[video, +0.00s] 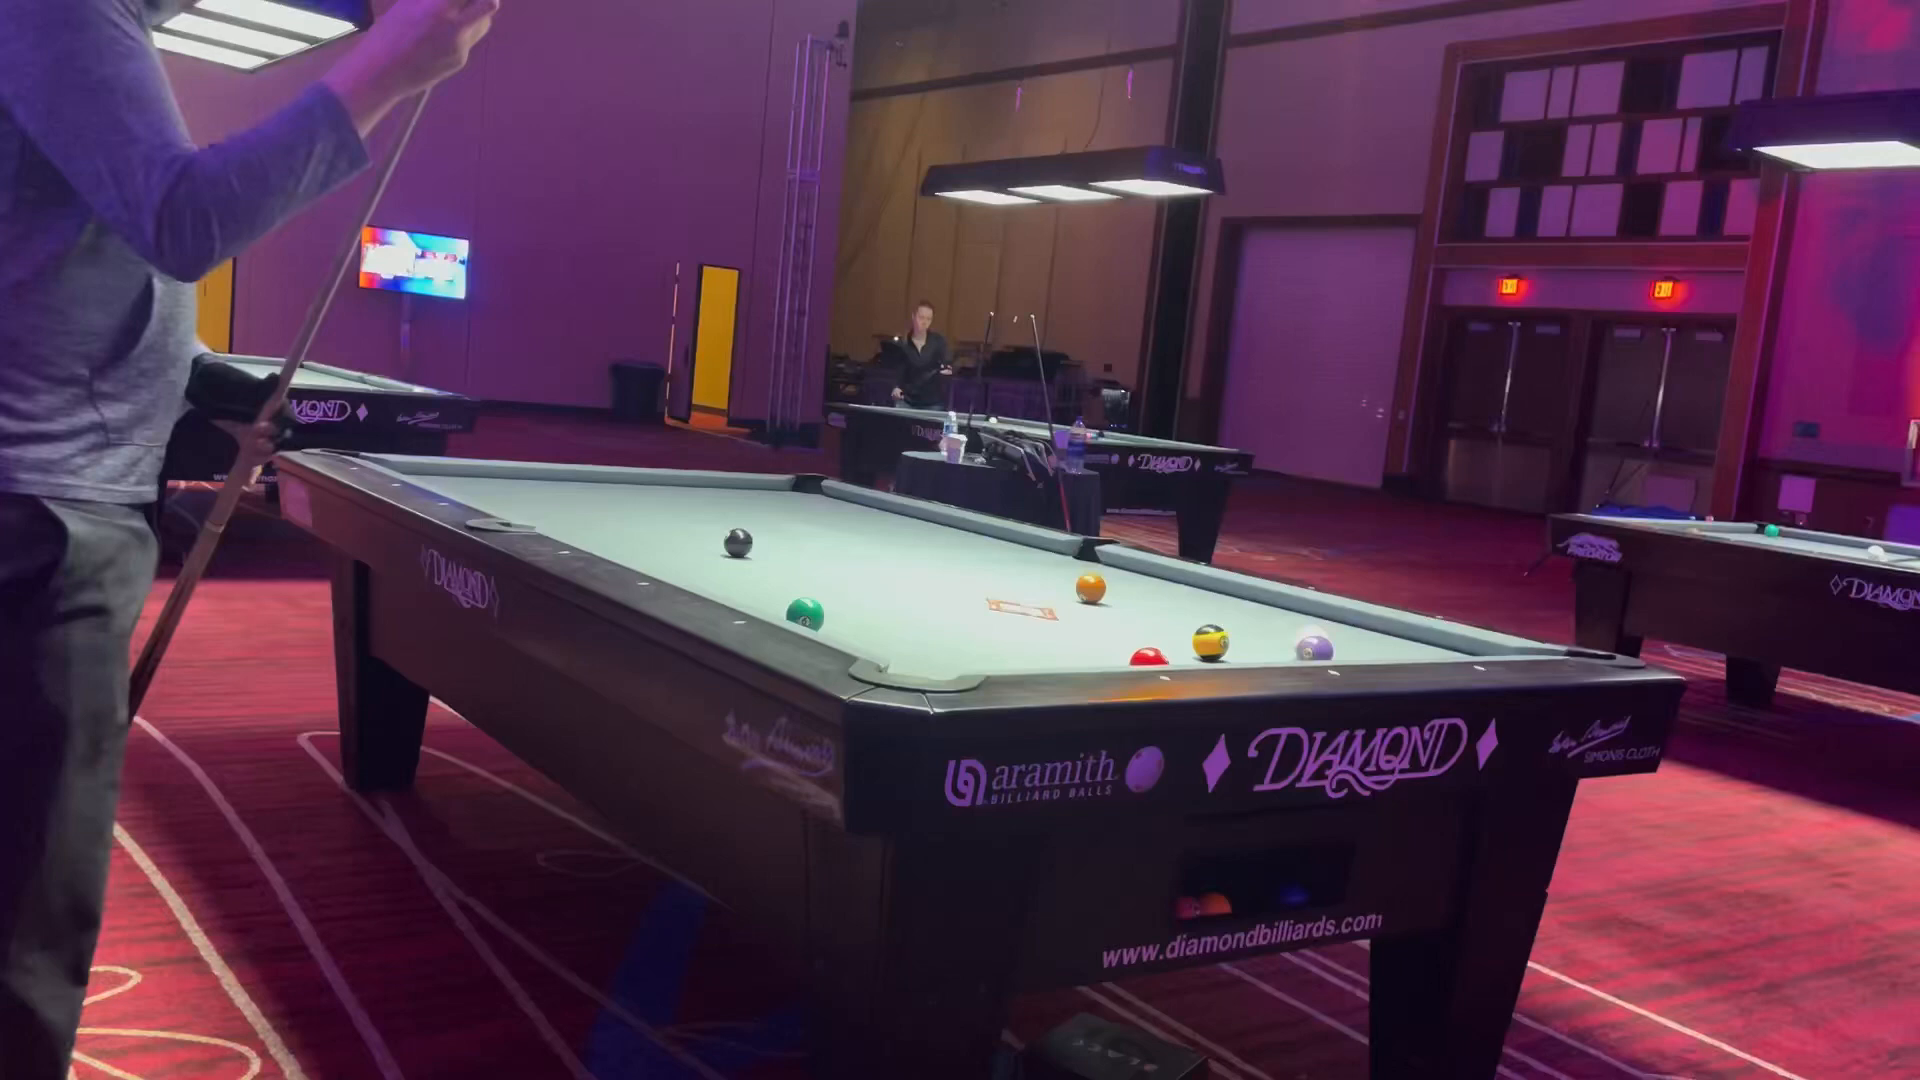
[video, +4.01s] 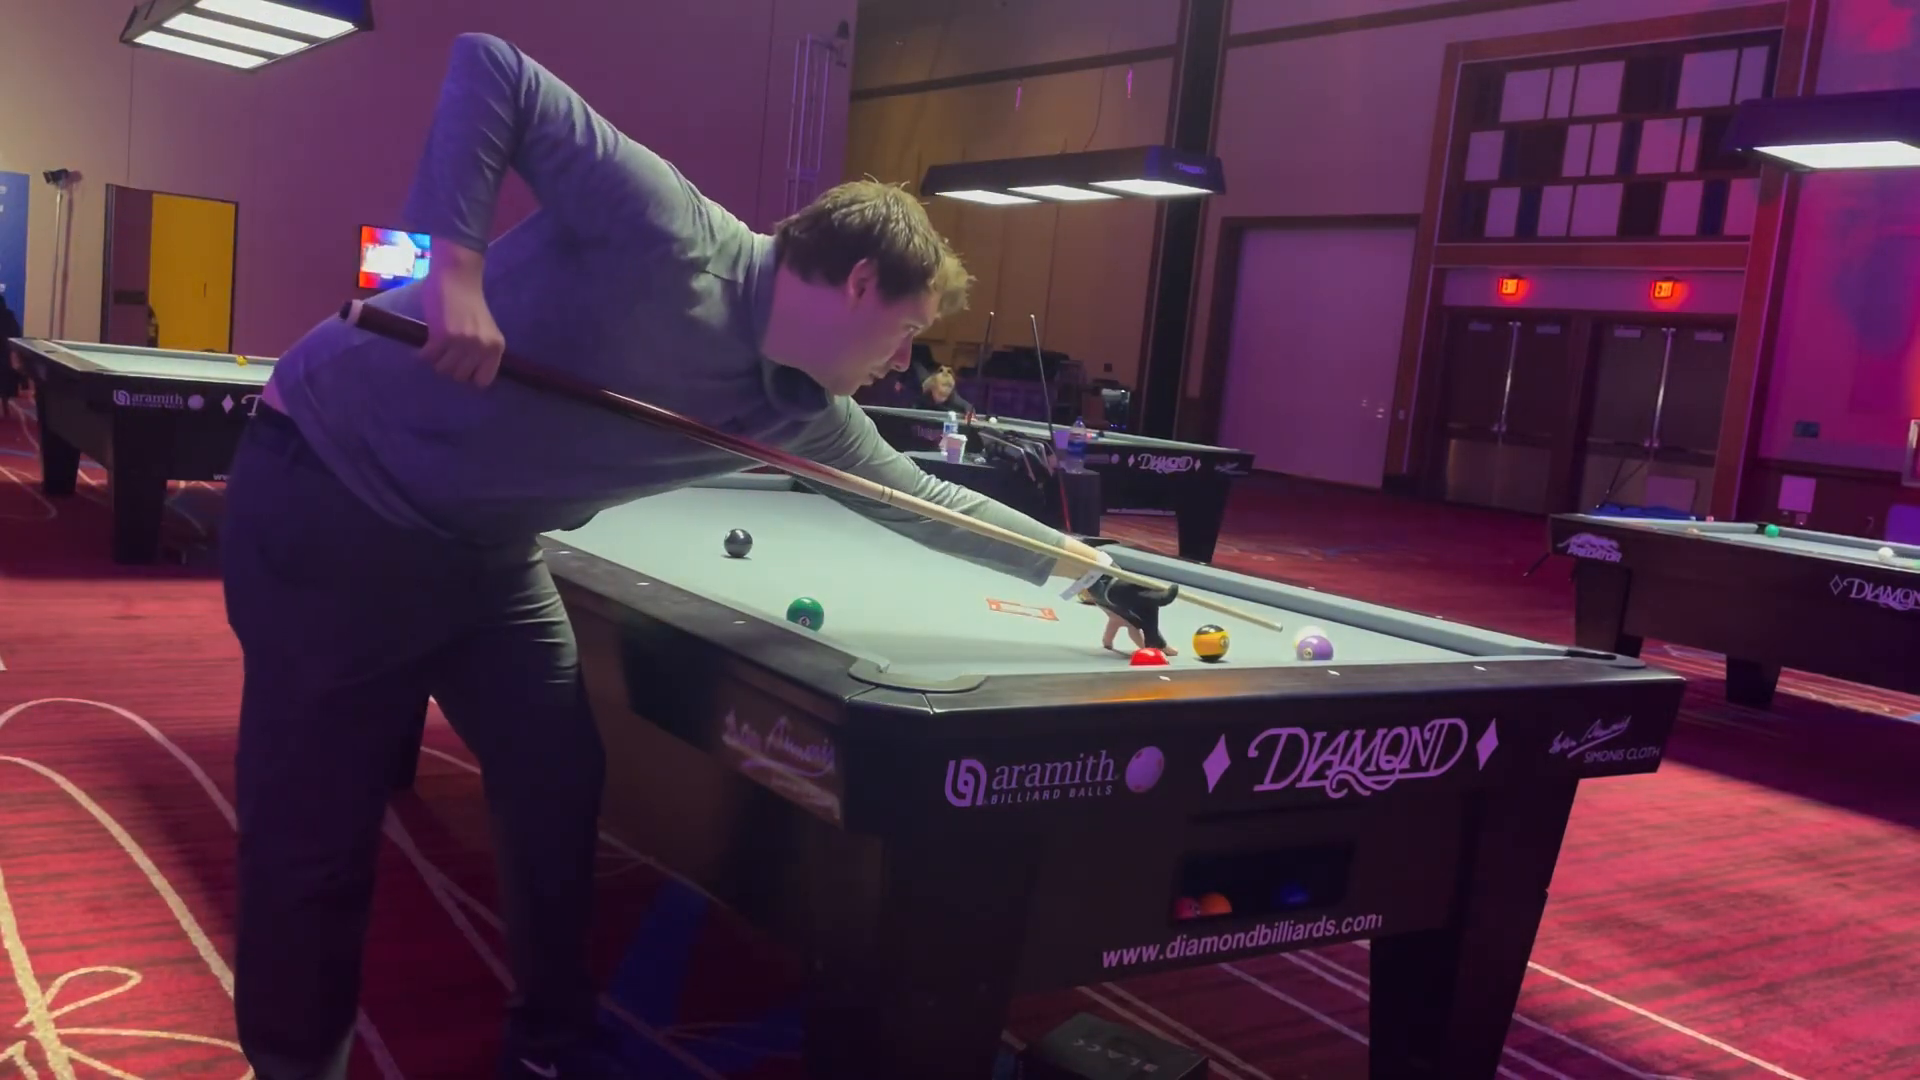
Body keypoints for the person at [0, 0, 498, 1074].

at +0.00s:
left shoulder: (88, 25)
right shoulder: (57, 20)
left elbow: (86, 276)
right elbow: (180, 219)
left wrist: (230, 398)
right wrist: (391, 60)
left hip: (78, 509)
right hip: (51, 518)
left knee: (47, 901)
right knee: (43, 915)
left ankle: (41, 1046)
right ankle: (36, 1055)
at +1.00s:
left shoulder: (116, 29)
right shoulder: (32, 20)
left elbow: (110, 248)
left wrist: (249, 331)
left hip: (80, 514)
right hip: (25, 524)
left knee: (33, 827)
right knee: (19, 844)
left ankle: (17, 1034)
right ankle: (13, 1040)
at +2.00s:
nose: (403, 1)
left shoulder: (309, 52)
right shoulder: (148, 22)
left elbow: (325, 210)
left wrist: (497, 240)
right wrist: (78, 414)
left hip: (231, 515)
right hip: (168, 521)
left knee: (92, 840)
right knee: (255, 866)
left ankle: (8, 1049)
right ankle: (263, 1064)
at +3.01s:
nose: (898, 244)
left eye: (908, 222)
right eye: (900, 214)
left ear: (837, 187)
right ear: (837, 180)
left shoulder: (806, 333)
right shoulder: (630, 179)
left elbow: (918, 450)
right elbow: (402, 103)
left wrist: (1066, 557)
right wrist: (400, 310)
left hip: (514, 537)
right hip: (370, 499)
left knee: (568, 775)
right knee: (346, 821)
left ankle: (553, 1036)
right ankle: (304, 1060)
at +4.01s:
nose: (902, 360)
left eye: (914, 341)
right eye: (911, 330)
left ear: (851, 288)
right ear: (864, 280)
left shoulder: (798, 411)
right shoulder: (665, 226)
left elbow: (926, 502)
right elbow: (492, 70)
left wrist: (1080, 560)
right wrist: (452, 265)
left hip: (487, 535)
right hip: (336, 486)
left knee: (555, 767)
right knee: (315, 829)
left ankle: (549, 1034)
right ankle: (294, 1058)